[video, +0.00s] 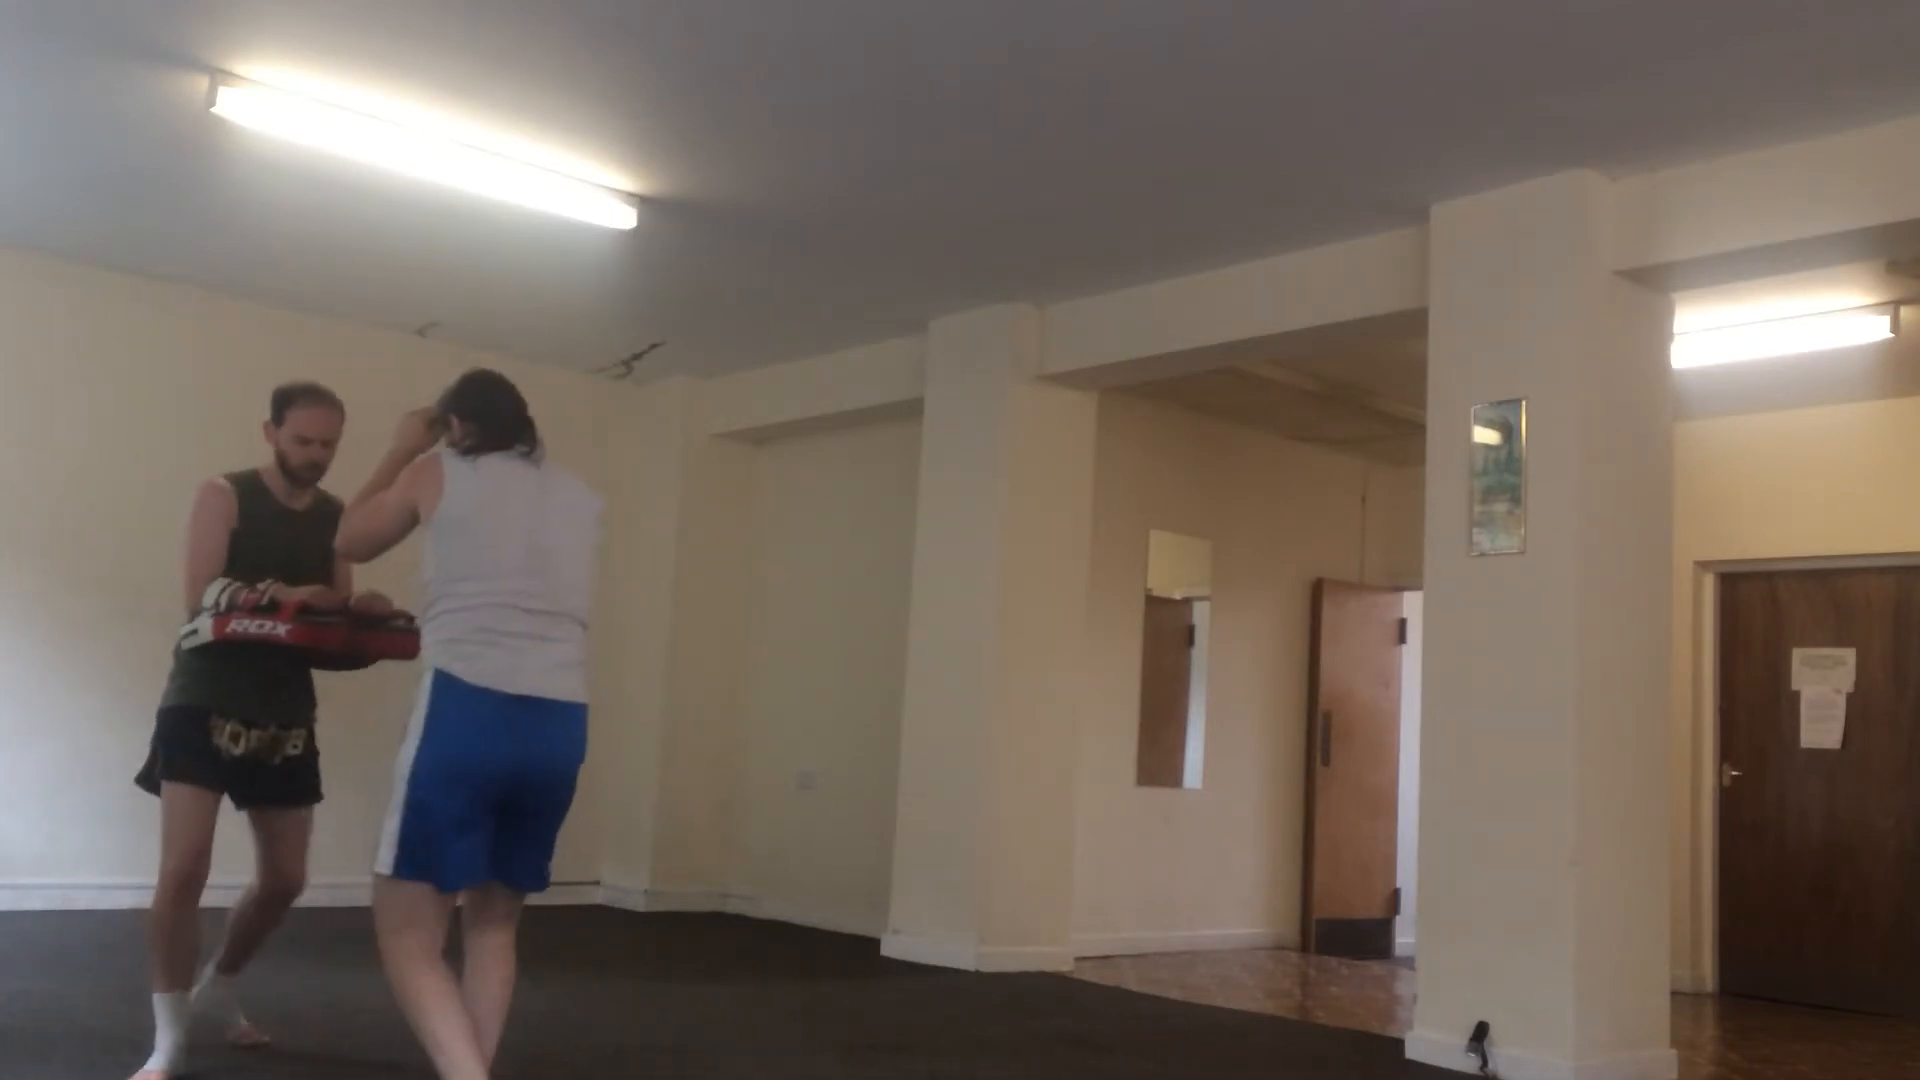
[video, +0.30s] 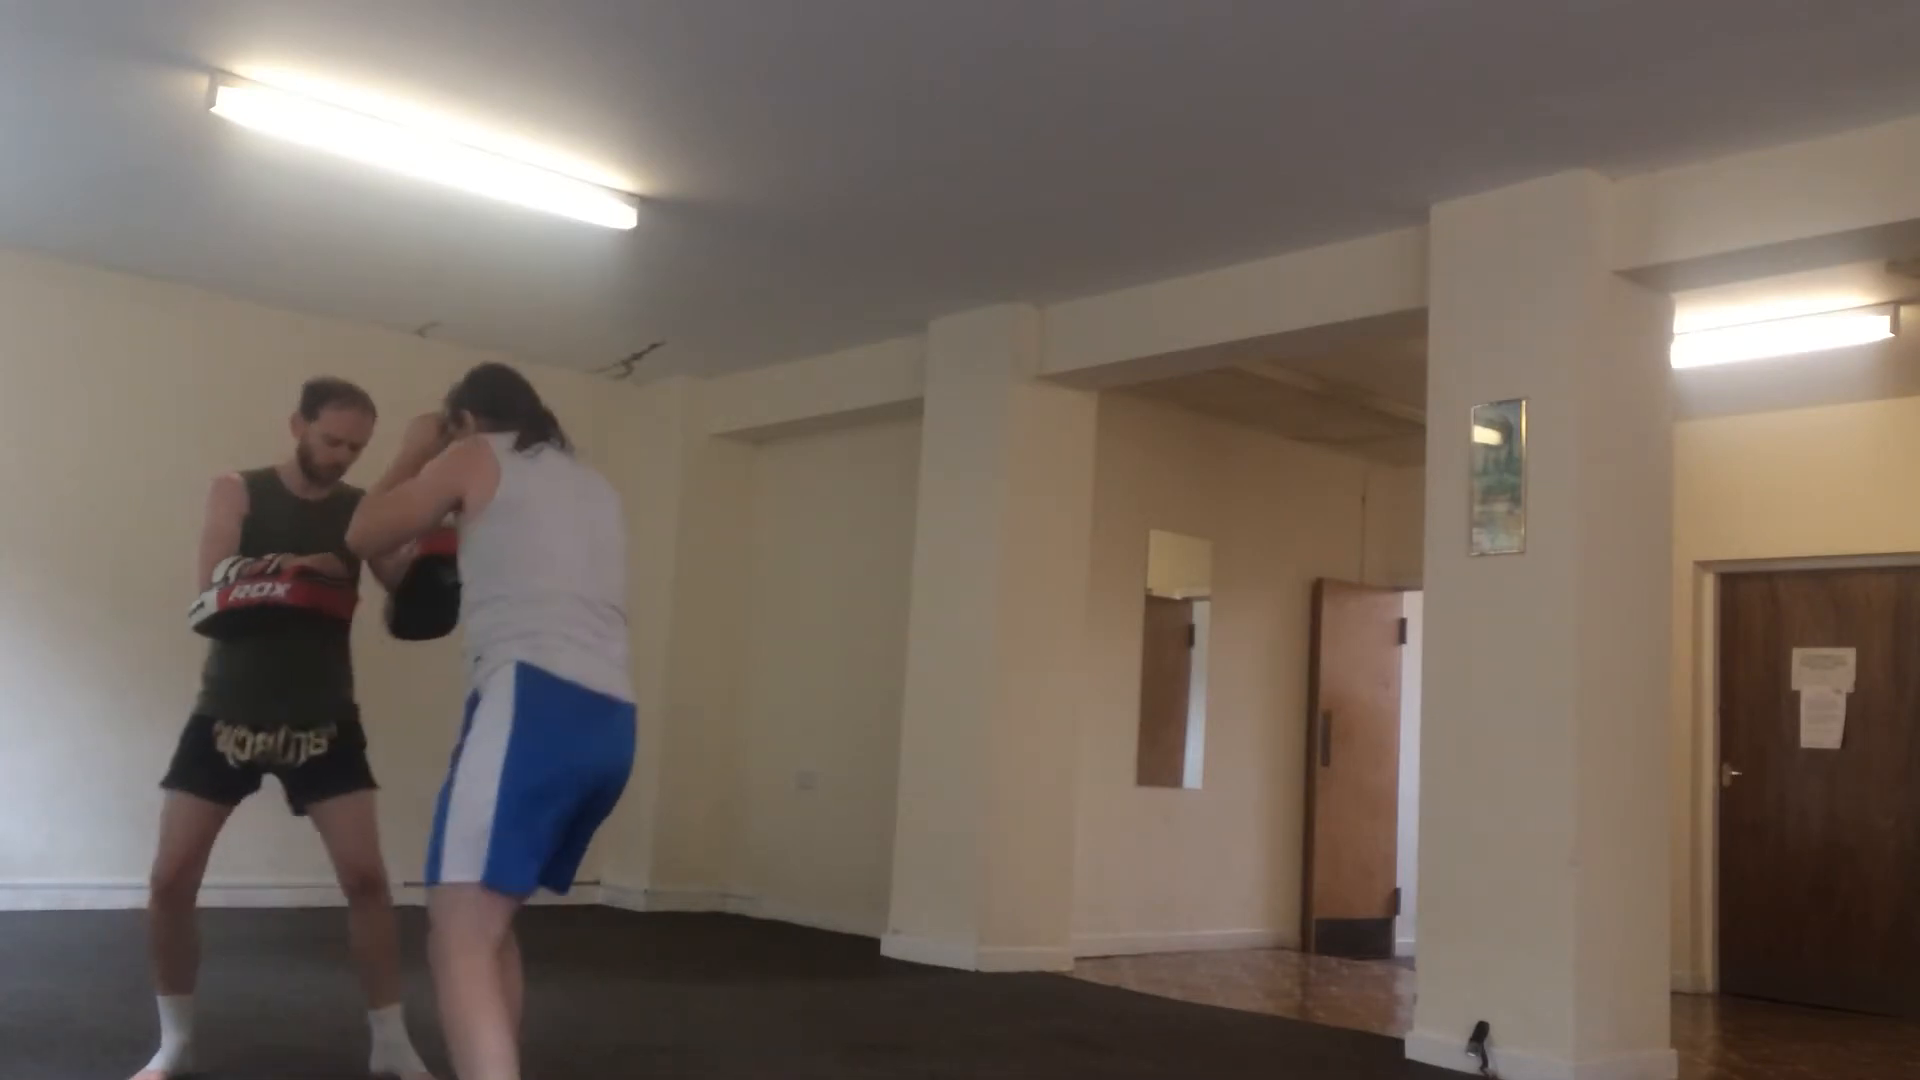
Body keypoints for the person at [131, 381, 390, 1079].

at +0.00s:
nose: (317, 455)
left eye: (329, 445)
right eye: (306, 441)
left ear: (337, 445)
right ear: (271, 432)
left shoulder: (334, 516)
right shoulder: (224, 497)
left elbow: (333, 615)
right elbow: (202, 597)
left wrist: (366, 612)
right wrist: (297, 597)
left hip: (284, 708)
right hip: (205, 702)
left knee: (285, 878)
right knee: (184, 869)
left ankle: (216, 989)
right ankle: (168, 1039)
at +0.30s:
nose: (344, 456)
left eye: (356, 447)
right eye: (335, 440)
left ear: (364, 445)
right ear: (299, 425)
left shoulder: (362, 510)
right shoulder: (237, 493)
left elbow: (408, 587)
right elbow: (207, 603)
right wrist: (291, 570)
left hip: (323, 718)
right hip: (230, 713)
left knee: (367, 880)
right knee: (170, 879)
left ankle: (392, 1046)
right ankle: (174, 1043)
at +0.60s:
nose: (383, 457)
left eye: (396, 445)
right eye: (371, 444)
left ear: (415, 442)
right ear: (346, 439)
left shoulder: (412, 509)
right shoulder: (308, 500)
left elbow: (465, 577)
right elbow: (238, 589)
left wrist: (470, 485)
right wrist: (202, 665)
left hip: (405, 719)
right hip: (331, 719)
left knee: (456, 873)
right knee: (266, 876)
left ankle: (400, 1045)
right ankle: (134, 1017)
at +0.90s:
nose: (402, 436)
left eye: (415, 424)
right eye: (390, 423)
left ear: (437, 428)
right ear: (369, 426)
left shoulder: (442, 507)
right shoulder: (333, 492)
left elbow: (490, 582)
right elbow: (259, 575)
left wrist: (499, 484)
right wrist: (206, 640)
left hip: (423, 712)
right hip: (339, 710)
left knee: (459, 877)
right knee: (262, 872)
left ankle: (400, 1045)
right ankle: (147, 1018)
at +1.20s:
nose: (370, 437)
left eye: (382, 423)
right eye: (356, 424)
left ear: (402, 422)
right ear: (333, 425)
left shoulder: (423, 509)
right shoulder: (295, 498)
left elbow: (438, 608)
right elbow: (251, 605)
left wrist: (449, 528)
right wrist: (232, 545)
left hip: (383, 717)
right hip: (290, 713)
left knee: (413, 884)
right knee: (241, 878)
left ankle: (401, 1050)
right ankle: (209, 1038)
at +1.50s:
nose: (339, 456)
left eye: (349, 440)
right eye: (324, 445)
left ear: (378, 426)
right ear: (307, 440)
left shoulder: (411, 499)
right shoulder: (300, 502)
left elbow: (396, 581)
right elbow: (256, 585)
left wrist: (347, 513)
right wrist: (231, 521)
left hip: (363, 723)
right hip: (284, 715)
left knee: (361, 884)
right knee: (220, 872)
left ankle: (448, 1030)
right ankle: (208, 1038)